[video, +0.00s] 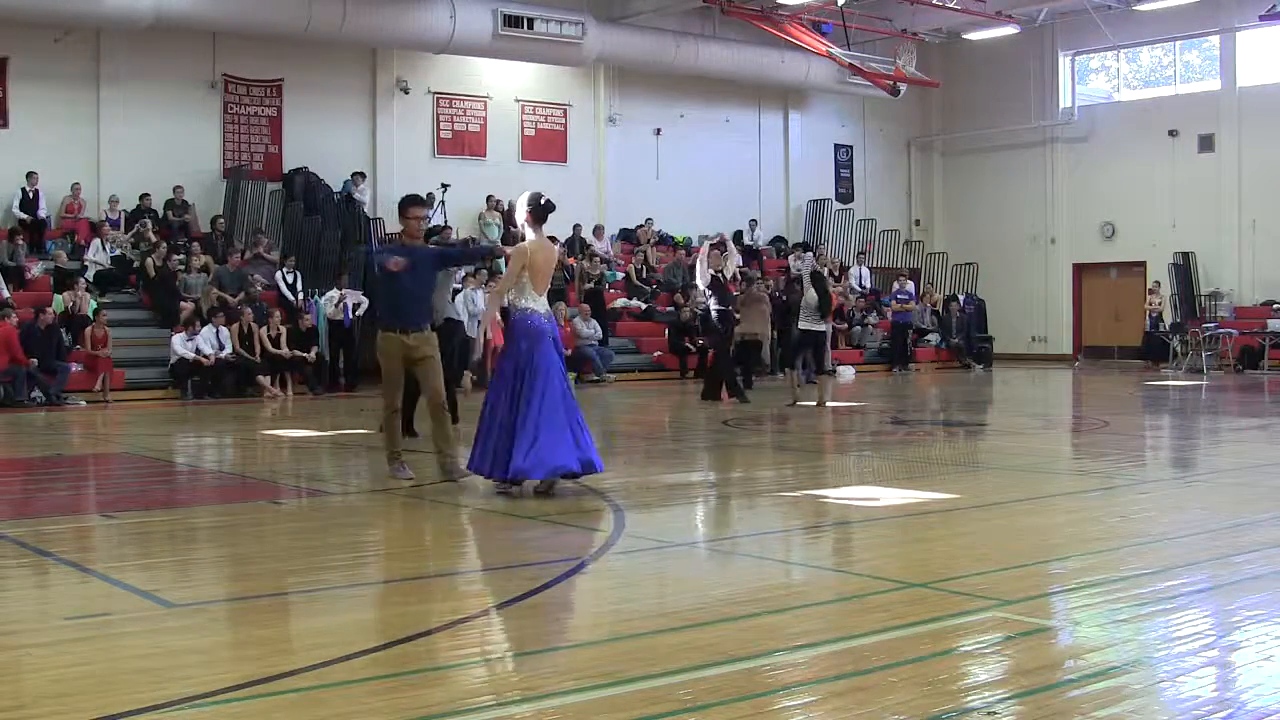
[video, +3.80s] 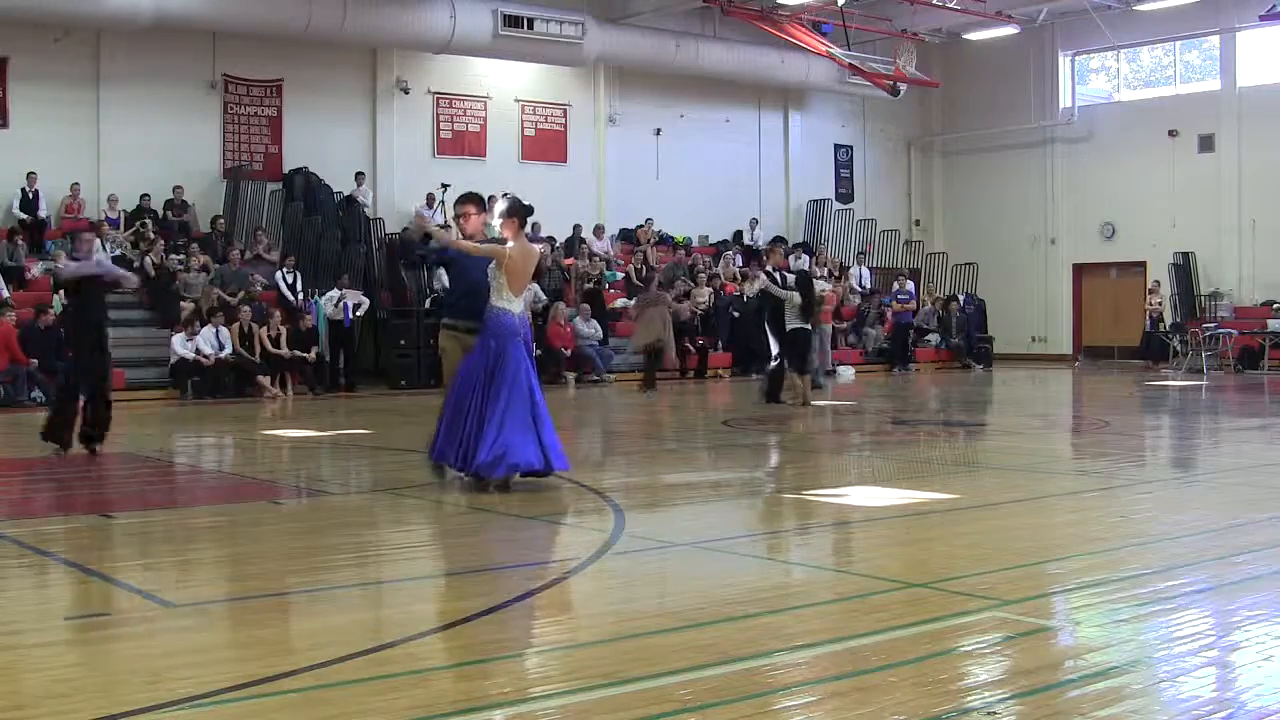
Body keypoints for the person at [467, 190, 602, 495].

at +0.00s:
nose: (516, 214)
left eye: (519, 210)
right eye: (518, 209)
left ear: (526, 214)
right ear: (544, 215)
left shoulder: (522, 250)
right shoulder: (552, 249)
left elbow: (502, 288)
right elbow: (538, 283)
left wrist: (488, 315)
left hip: (523, 325)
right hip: (546, 324)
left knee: (515, 394)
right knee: (547, 393)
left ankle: (511, 467)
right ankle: (550, 463)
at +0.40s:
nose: (498, 216)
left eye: (501, 211)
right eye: (500, 211)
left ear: (509, 216)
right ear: (526, 217)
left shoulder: (504, 250)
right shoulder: (532, 251)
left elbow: (472, 283)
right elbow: (515, 286)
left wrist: (444, 314)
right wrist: (481, 289)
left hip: (499, 324)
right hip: (521, 324)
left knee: (498, 391)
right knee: (523, 389)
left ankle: (500, 463)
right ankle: (539, 456)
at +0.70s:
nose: (490, 216)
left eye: (494, 213)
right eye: (491, 211)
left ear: (507, 218)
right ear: (516, 220)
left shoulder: (498, 249)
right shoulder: (523, 250)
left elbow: (457, 262)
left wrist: (424, 273)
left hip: (489, 321)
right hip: (507, 322)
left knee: (487, 390)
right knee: (503, 390)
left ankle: (498, 459)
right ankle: (500, 457)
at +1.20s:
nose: (486, 218)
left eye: (490, 213)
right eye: (487, 213)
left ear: (505, 217)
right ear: (510, 218)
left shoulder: (498, 249)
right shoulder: (519, 250)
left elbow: (459, 257)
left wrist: (426, 253)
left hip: (489, 321)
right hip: (506, 320)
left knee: (485, 390)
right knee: (500, 390)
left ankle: (496, 456)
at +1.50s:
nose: (487, 216)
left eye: (489, 211)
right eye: (488, 211)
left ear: (503, 218)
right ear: (511, 219)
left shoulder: (502, 250)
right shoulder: (522, 249)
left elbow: (462, 236)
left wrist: (427, 210)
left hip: (494, 321)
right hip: (511, 321)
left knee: (494, 392)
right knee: (506, 391)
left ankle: (498, 464)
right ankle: (503, 460)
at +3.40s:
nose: (494, 216)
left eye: (498, 212)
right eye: (496, 212)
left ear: (509, 219)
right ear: (520, 219)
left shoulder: (502, 250)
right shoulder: (531, 249)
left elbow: (464, 228)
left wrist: (438, 195)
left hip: (496, 322)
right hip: (517, 322)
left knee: (493, 393)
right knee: (510, 393)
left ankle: (493, 463)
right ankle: (504, 462)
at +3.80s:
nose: (499, 226)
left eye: (501, 221)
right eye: (500, 221)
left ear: (513, 222)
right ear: (520, 223)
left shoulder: (505, 251)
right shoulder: (535, 252)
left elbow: (467, 246)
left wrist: (438, 233)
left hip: (499, 325)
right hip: (520, 325)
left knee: (489, 391)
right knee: (512, 394)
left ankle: (485, 461)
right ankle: (506, 461)